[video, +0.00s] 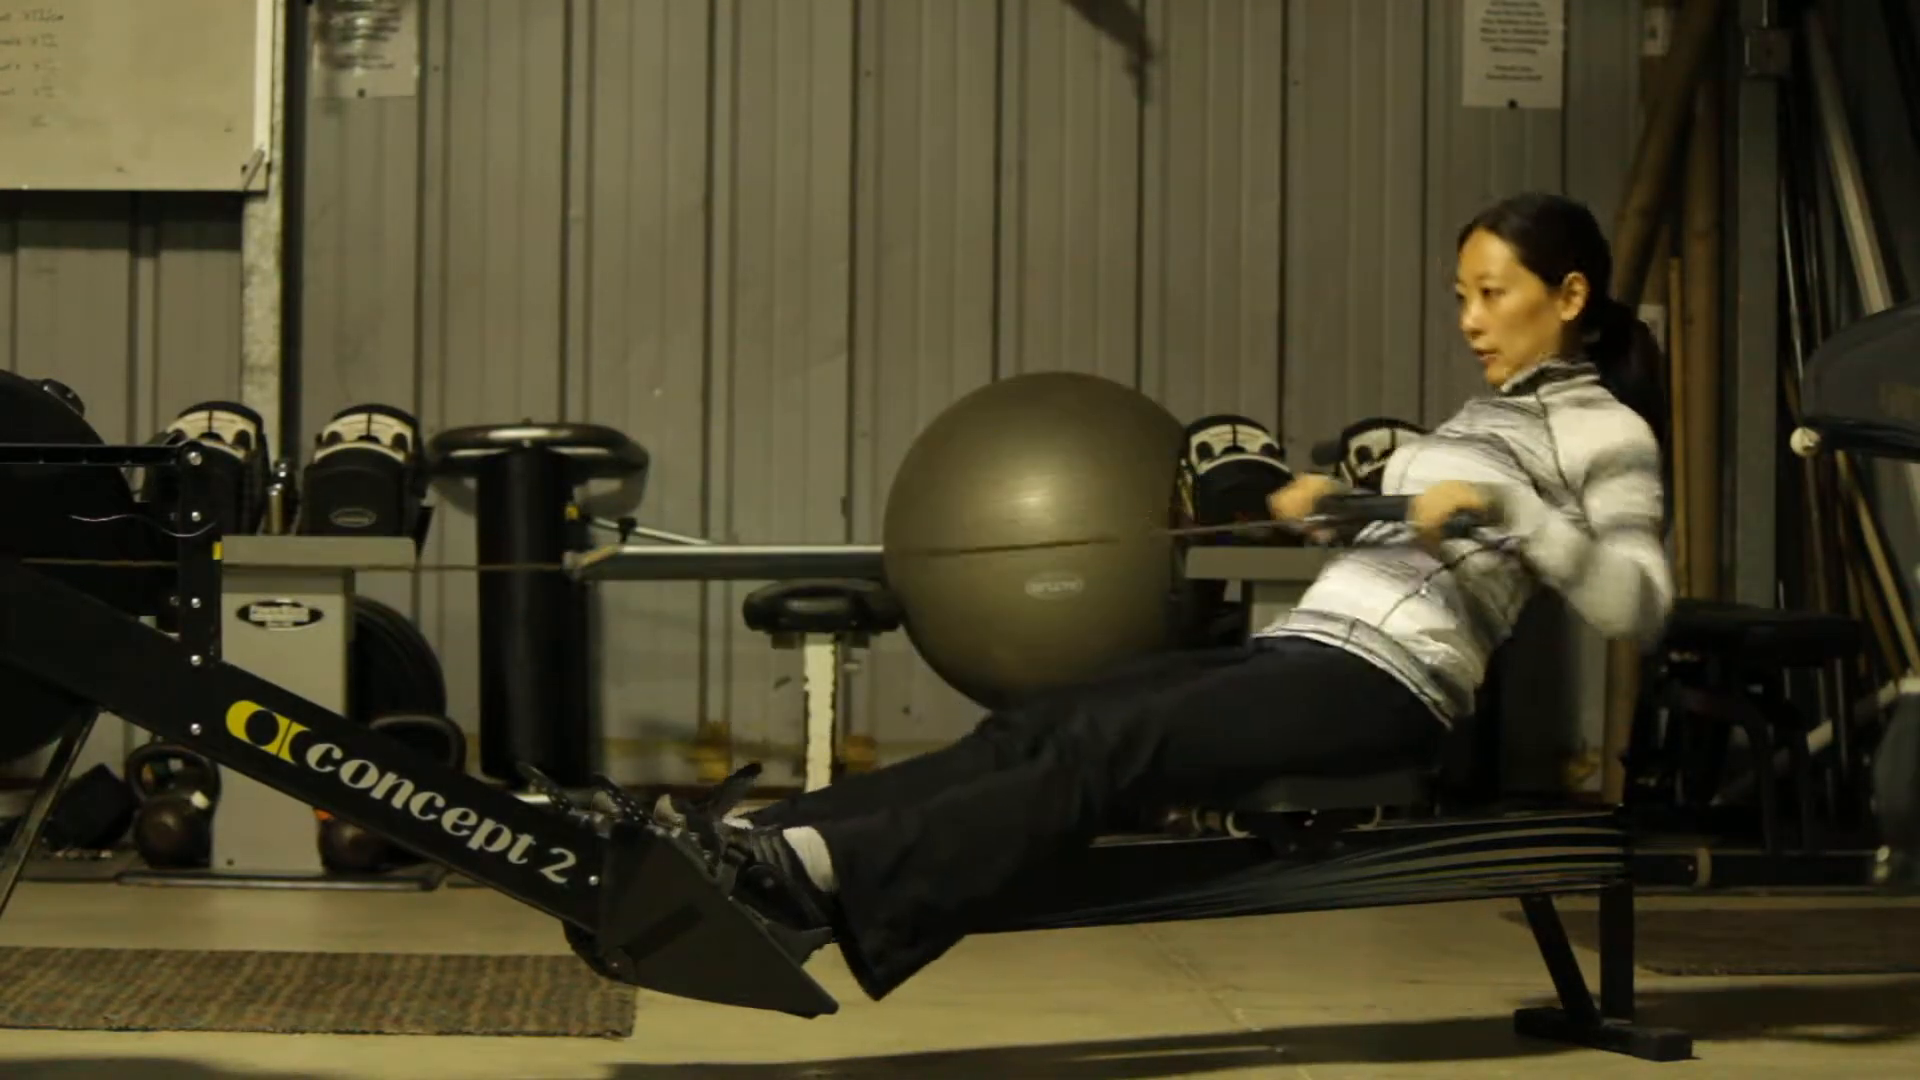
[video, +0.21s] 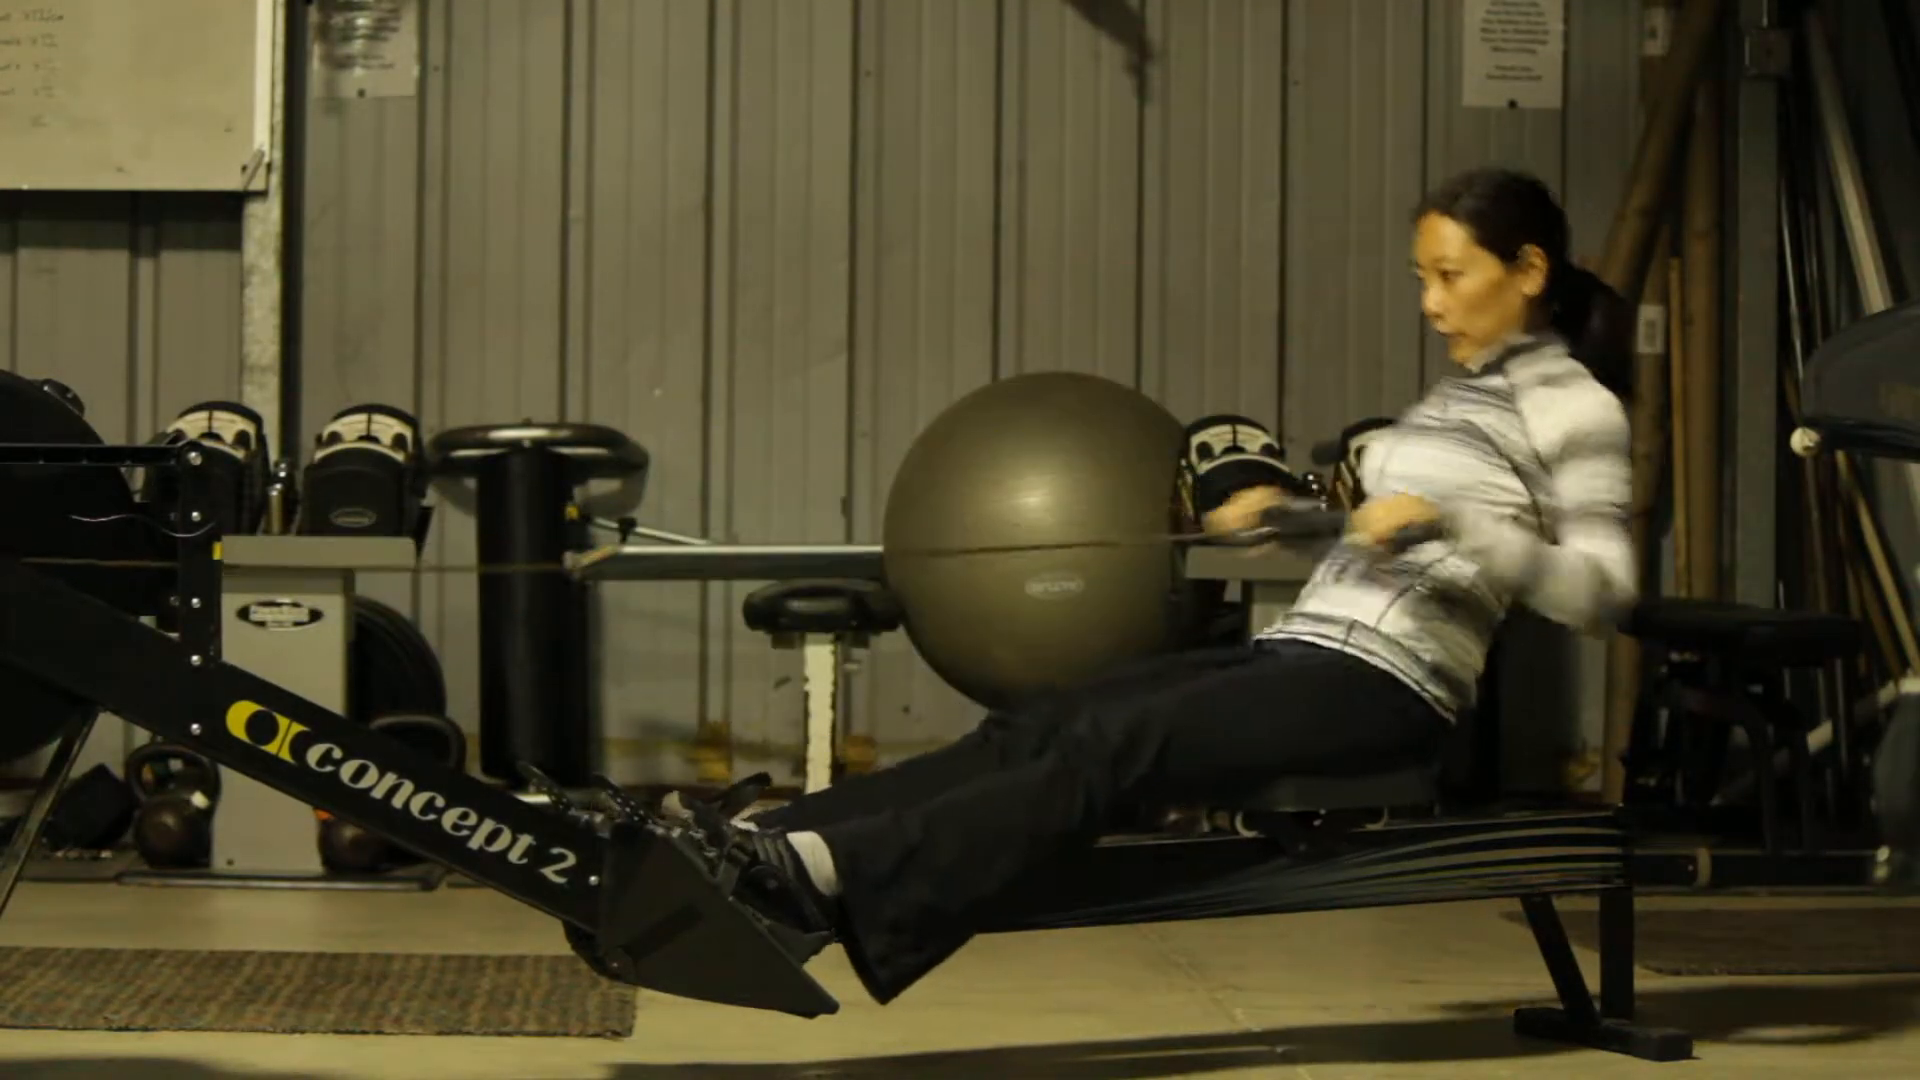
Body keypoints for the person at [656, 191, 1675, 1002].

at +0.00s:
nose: (1470, 319)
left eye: (1490, 295)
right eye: (1463, 297)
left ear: (1567, 297)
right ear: (1482, 301)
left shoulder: (1607, 429)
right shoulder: (1477, 412)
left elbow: (1636, 605)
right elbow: (1438, 532)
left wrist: (1505, 505)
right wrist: (1339, 505)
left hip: (1389, 680)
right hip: (1297, 654)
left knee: (1098, 740)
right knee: (1036, 719)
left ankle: (796, 883)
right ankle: (754, 846)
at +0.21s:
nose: (1432, 300)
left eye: (1450, 276)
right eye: (1426, 278)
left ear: (1528, 273)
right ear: (1456, 279)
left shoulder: (1575, 399)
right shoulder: (1444, 399)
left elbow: (1603, 589)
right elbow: (1395, 535)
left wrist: (1446, 519)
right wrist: (1281, 515)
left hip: (1390, 680)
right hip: (1305, 656)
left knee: (1096, 740)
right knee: (1040, 720)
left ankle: (807, 882)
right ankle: (770, 847)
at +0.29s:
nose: (1380, 275)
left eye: (1397, 252)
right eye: (1372, 253)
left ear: (1480, 242)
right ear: (1385, 252)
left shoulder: (1529, 372)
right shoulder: (1401, 365)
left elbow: (1526, 558)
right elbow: (1339, 524)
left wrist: (1337, 534)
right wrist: (1192, 529)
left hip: (1394, 681)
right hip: (1305, 657)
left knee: (1106, 738)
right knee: (1041, 720)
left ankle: (818, 887)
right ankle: (754, 848)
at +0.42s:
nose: (1258, 229)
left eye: (1282, 202)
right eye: (1254, 203)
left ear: (1365, 204)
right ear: (1255, 208)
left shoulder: (1411, 334)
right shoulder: (1275, 342)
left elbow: (1335, 524)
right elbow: (1175, 492)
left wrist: (1151, 595)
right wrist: (1009, 577)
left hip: (1363, 668)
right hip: (1258, 649)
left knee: (1076, 707)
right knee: (1023, 682)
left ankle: (833, 895)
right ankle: (785, 852)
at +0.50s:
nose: (1164, 220)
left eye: (1189, 193)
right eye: (1160, 196)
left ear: (1275, 196)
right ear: (1156, 197)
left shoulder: (1321, 334)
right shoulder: (1182, 341)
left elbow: (1198, 518)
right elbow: (1061, 487)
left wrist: (1032, 622)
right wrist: (892, 600)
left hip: (1332, 681)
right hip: (1230, 659)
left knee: (1022, 686)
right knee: (966, 663)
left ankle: (827, 884)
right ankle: (766, 849)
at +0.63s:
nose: (1016, 225)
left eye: (1044, 197)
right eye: (1014, 202)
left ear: (1134, 203)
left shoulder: (1173, 341)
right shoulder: (1054, 342)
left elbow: (1037, 512)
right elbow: (921, 476)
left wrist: (867, 633)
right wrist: (735, 596)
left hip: (1242, 688)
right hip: (1146, 666)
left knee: (988, 629)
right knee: (935, 621)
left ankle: (836, 867)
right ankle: (771, 825)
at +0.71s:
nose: (922, 230)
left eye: (950, 202)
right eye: (922, 206)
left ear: (1039, 210)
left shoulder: (1080, 347)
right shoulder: (969, 349)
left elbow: (931, 519)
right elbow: (823, 472)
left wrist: (754, 616)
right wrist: (623, 576)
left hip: (1180, 696)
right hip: (1095, 687)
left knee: (937, 589)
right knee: (888, 589)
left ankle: (752, 833)